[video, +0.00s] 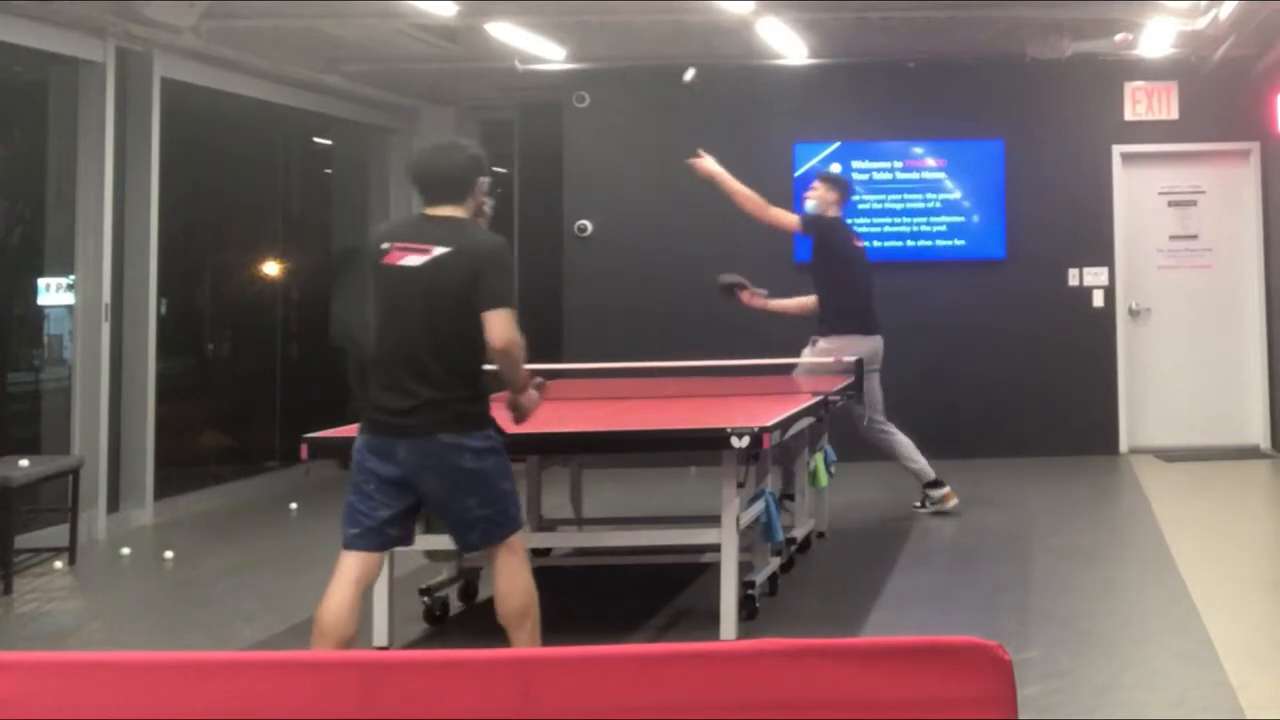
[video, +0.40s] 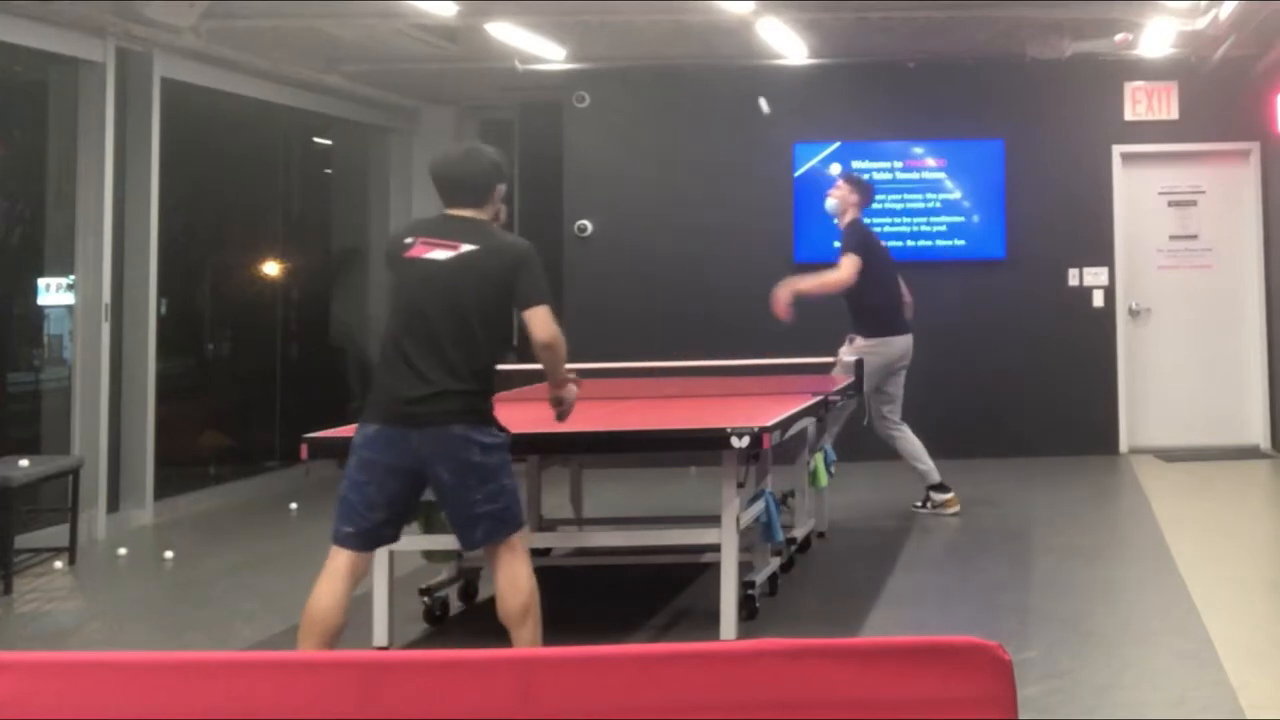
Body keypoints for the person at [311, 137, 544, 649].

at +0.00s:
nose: (487, 192)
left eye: (485, 183)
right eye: (484, 183)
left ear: (422, 188)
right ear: (473, 188)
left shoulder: (387, 242)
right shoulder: (485, 248)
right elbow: (502, 341)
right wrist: (520, 388)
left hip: (382, 434)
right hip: (456, 435)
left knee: (354, 566)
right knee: (507, 549)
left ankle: (314, 692)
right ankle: (532, 677)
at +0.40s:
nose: (503, 199)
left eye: (501, 192)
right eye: (503, 192)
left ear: (442, 193)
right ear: (497, 195)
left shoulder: (405, 240)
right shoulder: (512, 252)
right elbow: (545, 337)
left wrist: (485, 228)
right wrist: (559, 383)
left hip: (386, 423)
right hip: (462, 428)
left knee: (344, 561)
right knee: (508, 550)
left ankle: (299, 690)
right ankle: (533, 682)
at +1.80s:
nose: (377, 240)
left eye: (376, 233)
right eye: (374, 233)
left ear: (312, 235)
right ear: (364, 238)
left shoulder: (272, 281)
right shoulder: (383, 287)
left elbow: (205, 352)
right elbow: (449, 356)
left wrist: (271, 359)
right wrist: (471, 341)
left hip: (259, 439)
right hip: (334, 445)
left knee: (236, 546)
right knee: (403, 553)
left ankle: (215, 672)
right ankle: (411, 679)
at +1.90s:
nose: (395, 237)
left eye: (393, 228)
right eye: (392, 229)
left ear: (334, 232)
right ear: (381, 234)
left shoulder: (288, 275)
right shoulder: (391, 289)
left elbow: (223, 348)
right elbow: (417, 373)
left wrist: (285, 366)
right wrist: (461, 380)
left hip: (256, 440)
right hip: (326, 446)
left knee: (231, 536)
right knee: (401, 552)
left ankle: (178, 657)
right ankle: (412, 681)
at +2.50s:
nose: (553, 207)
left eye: (549, 197)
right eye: (550, 199)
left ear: (479, 198)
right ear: (536, 207)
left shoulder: (440, 243)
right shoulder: (542, 267)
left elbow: (387, 255)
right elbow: (626, 290)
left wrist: (430, 210)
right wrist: (690, 291)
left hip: (364, 417)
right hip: (424, 443)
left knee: (317, 485)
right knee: (443, 566)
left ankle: (267, 561)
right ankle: (377, 672)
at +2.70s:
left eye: (550, 161)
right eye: (567, 160)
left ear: (526, 168)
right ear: (585, 168)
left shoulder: (492, 209)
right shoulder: (614, 215)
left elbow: (412, 199)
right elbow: (710, 218)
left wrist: (458, 135)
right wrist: (667, 172)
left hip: (490, 392)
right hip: (567, 403)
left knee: (430, 449)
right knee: (587, 543)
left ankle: (361, 518)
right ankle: (514, 667)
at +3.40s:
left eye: (583, 158)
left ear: (583, 166)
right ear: (649, 160)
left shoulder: (564, 233)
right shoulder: (698, 235)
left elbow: (483, 296)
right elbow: (732, 333)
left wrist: (483, 213)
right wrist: (712, 398)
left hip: (585, 428)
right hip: (669, 423)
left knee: (566, 594)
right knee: (693, 590)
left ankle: (532, 718)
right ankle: (729, 718)